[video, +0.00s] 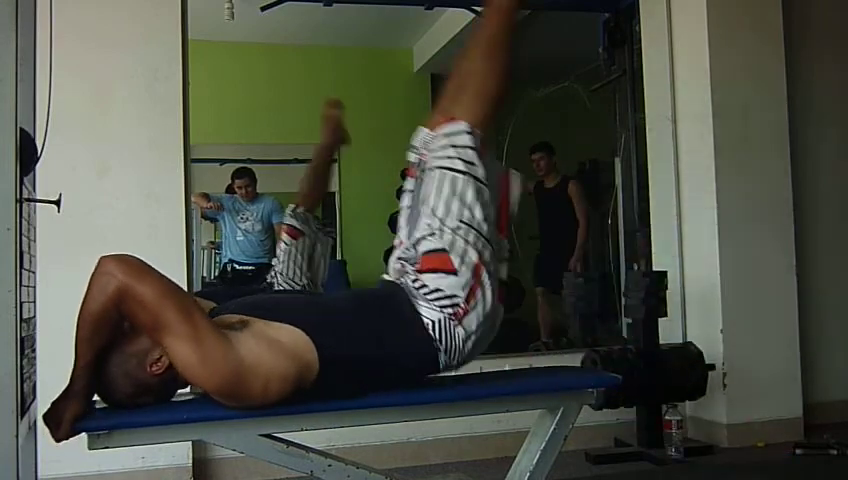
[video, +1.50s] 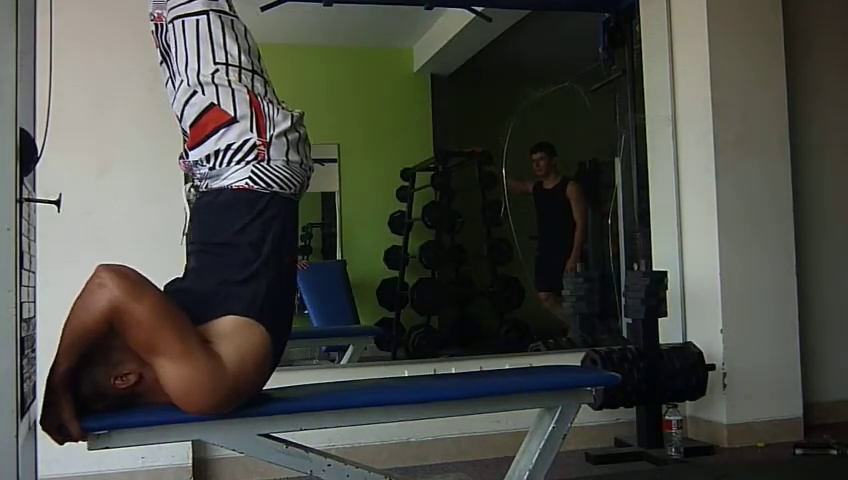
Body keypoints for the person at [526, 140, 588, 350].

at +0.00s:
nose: (537, 165)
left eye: (541, 160)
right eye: (534, 161)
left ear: (552, 160)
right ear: (532, 164)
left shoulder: (570, 185)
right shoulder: (537, 188)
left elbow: (583, 221)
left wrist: (578, 254)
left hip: (567, 249)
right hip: (545, 249)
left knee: (568, 294)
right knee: (542, 293)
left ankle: (571, 337)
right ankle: (546, 340)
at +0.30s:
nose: (536, 165)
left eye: (540, 160)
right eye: (533, 162)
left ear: (551, 160)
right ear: (531, 165)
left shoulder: (570, 186)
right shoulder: (535, 187)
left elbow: (582, 222)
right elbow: (509, 185)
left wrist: (578, 255)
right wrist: (491, 169)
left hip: (568, 246)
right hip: (547, 247)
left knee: (568, 291)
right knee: (543, 289)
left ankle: (573, 335)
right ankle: (563, 335)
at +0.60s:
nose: (537, 164)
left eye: (541, 159)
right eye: (534, 161)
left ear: (552, 160)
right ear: (531, 164)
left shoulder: (570, 187)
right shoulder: (535, 187)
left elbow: (581, 222)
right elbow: (509, 186)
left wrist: (576, 255)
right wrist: (491, 169)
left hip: (568, 249)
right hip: (546, 248)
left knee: (569, 296)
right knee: (546, 295)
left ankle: (574, 337)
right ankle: (574, 330)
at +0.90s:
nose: (537, 165)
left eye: (541, 160)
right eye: (534, 161)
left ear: (552, 161)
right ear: (532, 164)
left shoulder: (569, 187)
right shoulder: (535, 187)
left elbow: (580, 224)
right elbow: (511, 185)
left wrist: (574, 257)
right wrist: (489, 166)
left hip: (566, 250)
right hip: (545, 249)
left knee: (568, 297)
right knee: (545, 297)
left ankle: (573, 336)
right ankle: (574, 329)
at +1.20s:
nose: (537, 165)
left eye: (541, 160)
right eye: (534, 161)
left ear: (552, 161)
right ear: (532, 164)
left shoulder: (570, 187)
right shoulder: (535, 187)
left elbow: (580, 224)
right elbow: (511, 185)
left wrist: (574, 256)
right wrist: (489, 167)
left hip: (566, 250)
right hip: (545, 250)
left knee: (569, 297)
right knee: (545, 296)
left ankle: (573, 336)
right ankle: (574, 329)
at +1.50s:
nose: (537, 165)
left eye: (541, 160)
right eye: (534, 161)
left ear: (552, 161)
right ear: (532, 164)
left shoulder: (570, 187)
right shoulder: (536, 187)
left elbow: (580, 224)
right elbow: (511, 185)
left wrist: (574, 257)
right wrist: (489, 167)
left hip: (566, 250)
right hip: (545, 250)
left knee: (569, 297)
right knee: (545, 297)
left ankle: (573, 336)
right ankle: (574, 329)